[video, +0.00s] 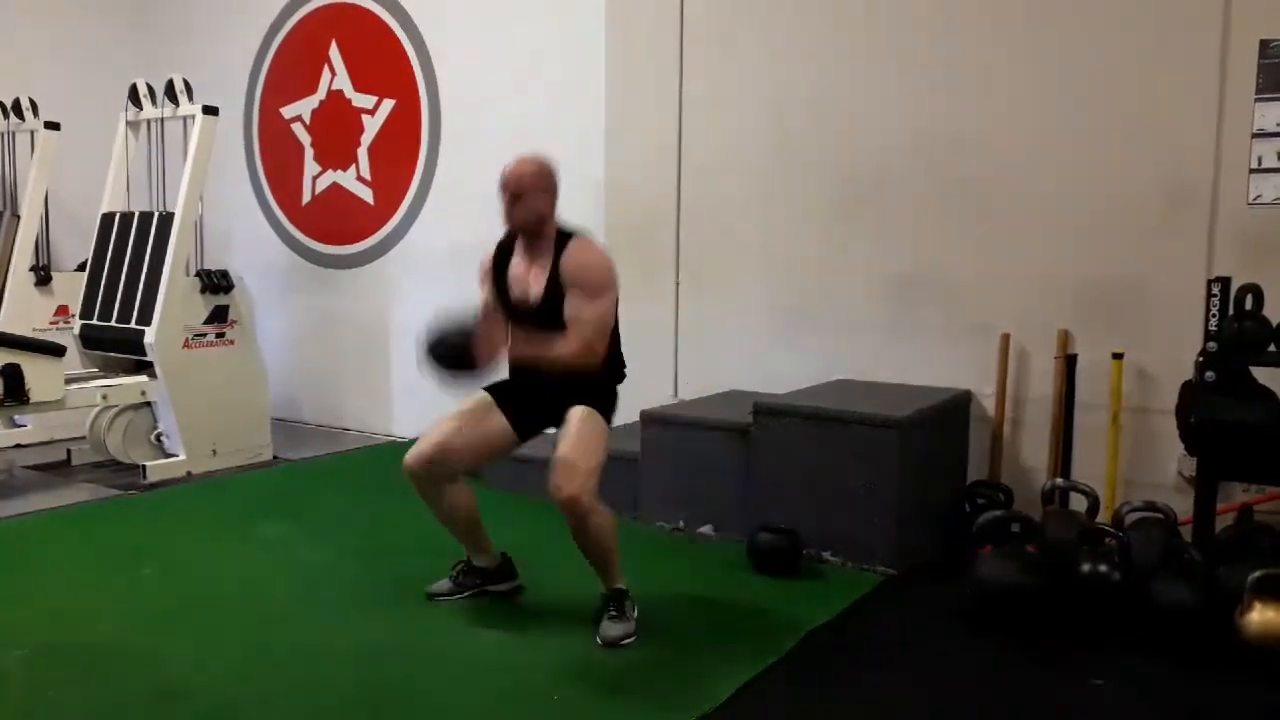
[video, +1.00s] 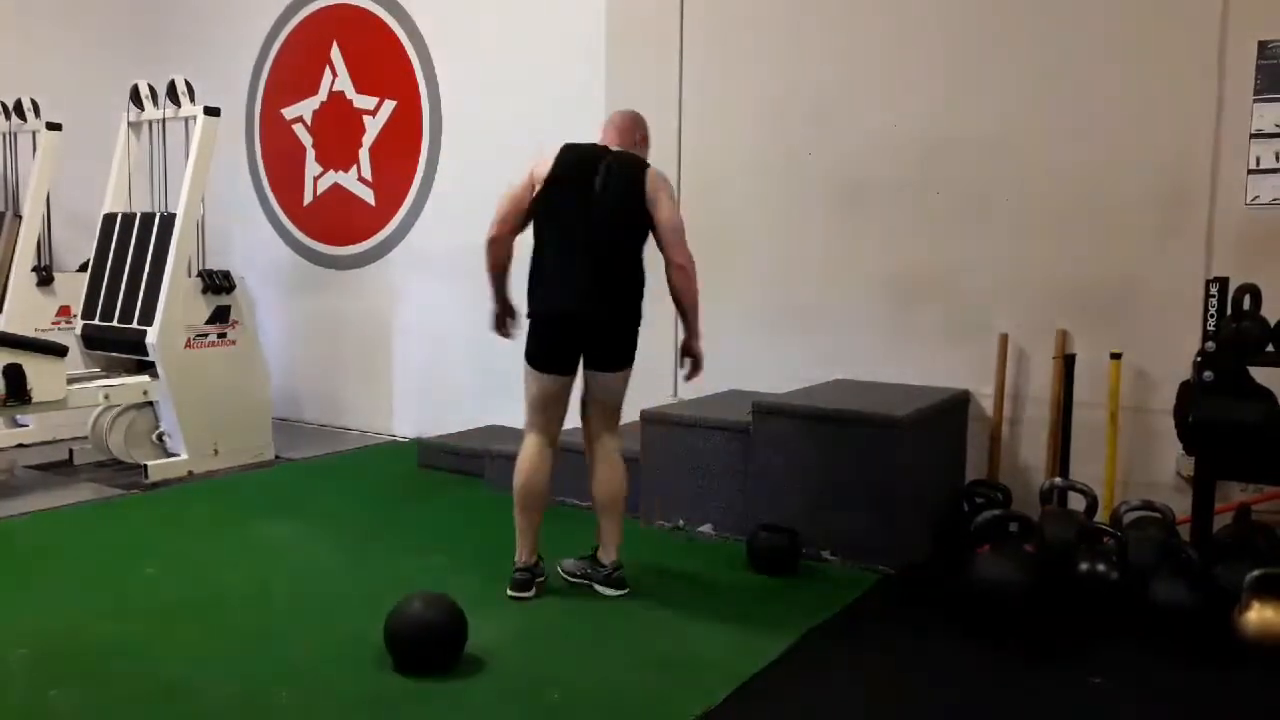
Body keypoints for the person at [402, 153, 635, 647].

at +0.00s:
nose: (511, 206)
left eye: (522, 197)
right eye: (507, 196)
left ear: (550, 199)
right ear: (502, 200)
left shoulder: (585, 260)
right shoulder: (499, 260)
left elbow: (587, 351)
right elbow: (489, 343)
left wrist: (512, 345)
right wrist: (459, 350)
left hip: (587, 387)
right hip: (529, 385)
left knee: (570, 489)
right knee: (425, 463)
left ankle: (617, 597)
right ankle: (488, 565)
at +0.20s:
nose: (488, 31)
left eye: (499, 19)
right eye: (481, 23)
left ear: (529, 16)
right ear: (476, 24)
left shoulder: (564, 53)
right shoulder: (480, 54)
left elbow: (584, 4)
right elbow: (426, 3)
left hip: (585, 236)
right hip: (523, 240)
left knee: (606, 370)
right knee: (495, 366)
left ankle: (640, 519)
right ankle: (498, 482)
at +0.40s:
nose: (526, 129)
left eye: (535, 118)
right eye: (520, 119)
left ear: (559, 119)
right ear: (512, 124)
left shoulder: (600, 162)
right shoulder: (514, 168)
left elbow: (558, 187)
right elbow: (438, 162)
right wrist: (437, 74)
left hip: (617, 321)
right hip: (559, 321)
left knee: (615, 451)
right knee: (511, 439)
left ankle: (660, 576)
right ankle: (536, 549)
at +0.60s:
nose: (506, 156)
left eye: (509, 143)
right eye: (502, 146)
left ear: (542, 128)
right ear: (530, 134)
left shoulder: (604, 172)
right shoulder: (544, 181)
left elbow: (682, 210)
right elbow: (593, 232)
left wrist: (726, 269)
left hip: (649, 313)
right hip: (601, 313)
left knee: (637, 444)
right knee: (569, 428)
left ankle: (663, 579)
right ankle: (557, 550)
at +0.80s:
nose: (543, 138)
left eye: (541, 130)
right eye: (543, 130)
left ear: (548, 125)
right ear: (583, 119)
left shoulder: (568, 156)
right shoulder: (620, 162)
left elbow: (559, 235)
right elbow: (661, 244)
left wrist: (503, 311)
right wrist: (613, 278)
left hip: (612, 315)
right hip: (646, 312)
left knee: (554, 434)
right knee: (594, 437)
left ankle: (640, 554)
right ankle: (604, 559)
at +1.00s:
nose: (647, 153)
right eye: (648, 147)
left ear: (601, 136)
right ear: (643, 144)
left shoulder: (553, 163)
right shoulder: (651, 180)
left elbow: (499, 233)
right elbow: (679, 261)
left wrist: (501, 299)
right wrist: (691, 332)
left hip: (553, 322)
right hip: (615, 327)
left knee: (539, 434)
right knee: (604, 435)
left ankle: (525, 564)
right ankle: (609, 562)